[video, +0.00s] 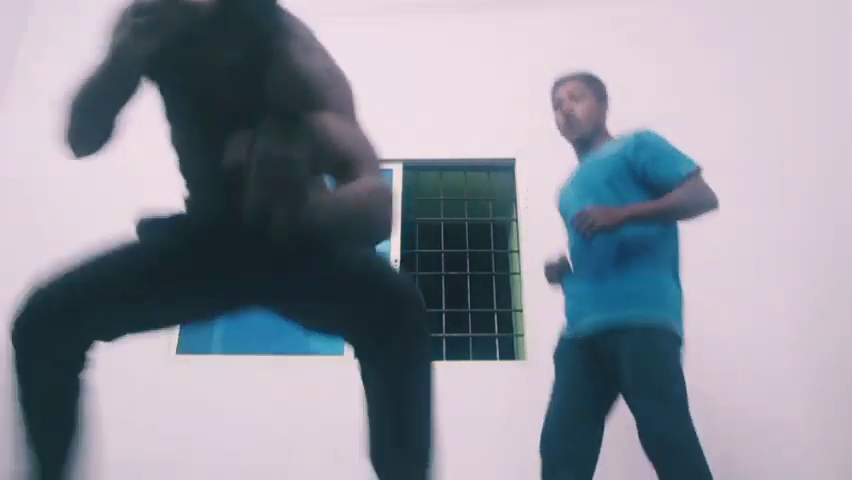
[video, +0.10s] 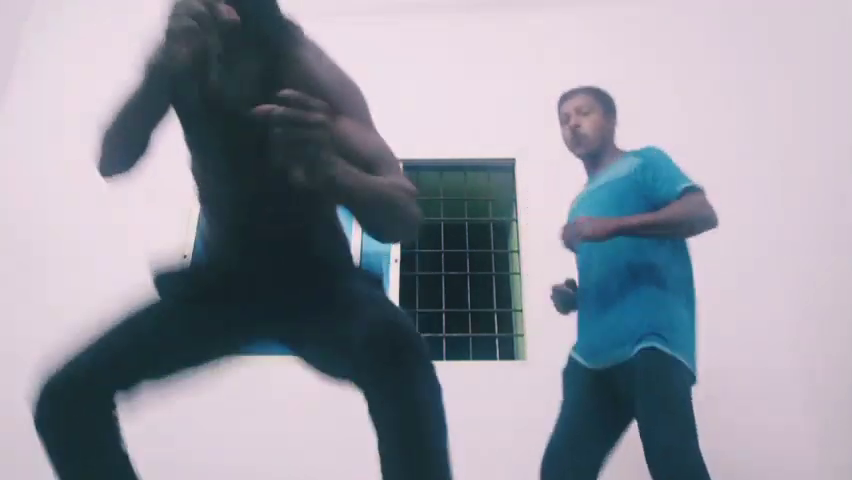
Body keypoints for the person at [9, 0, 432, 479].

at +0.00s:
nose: (188, 14)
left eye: (198, 12)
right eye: (176, 12)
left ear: (234, 11)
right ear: (169, 11)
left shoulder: (293, 51)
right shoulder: (154, 28)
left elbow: (376, 201)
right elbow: (81, 139)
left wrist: (302, 205)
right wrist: (128, 58)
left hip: (305, 252)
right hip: (205, 247)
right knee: (46, 324)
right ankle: (50, 472)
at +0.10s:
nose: (208, 18)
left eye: (219, 14)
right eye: (191, 17)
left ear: (247, 17)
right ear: (184, 20)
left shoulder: (311, 73)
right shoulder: (181, 60)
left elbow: (404, 219)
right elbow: (112, 162)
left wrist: (327, 164)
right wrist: (164, 74)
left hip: (321, 292)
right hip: (222, 290)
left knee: (401, 357)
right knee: (67, 401)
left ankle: (420, 478)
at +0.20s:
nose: (251, 10)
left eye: (273, 2)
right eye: (240, 0)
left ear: (303, 20)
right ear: (221, 12)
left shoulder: (328, 126)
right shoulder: (205, 101)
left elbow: (413, 256)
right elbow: (157, 229)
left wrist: (342, 187)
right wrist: (188, 130)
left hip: (344, 315)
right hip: (260, 317)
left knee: (365, 348)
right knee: (96, 397)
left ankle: (407, 475)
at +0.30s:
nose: (259, 9)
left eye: (281, 3)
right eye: (249, 1)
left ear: (309, 21)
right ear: (233, 14)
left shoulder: (326, 118)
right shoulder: (222, 112)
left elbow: (405, 244)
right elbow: (192, 233)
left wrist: (323, 198)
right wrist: (196, 141)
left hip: (355, 299)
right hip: (277, 303)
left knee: (370, 344)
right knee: (118, 384)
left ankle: (408, 475)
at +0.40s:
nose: (270, 8)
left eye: (288, 1)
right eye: (263, 1)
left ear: (317, 9)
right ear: (252, 10)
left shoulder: (335, 96)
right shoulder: (238, 93)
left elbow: (393, 215)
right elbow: (198, 197)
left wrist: (305, 152)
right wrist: (206, 112)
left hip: (363, 285)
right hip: (289, 285)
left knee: (395, 347)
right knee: (141, 376)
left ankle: (419, 475)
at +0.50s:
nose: (296, 3)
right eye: (285, 1)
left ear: (331, 5)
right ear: (272, 6)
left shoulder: (355, 69)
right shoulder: (255, 65)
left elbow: (401, 193)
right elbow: (215, 171)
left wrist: (307, 112)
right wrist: (228, 96)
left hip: (368, 269)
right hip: (283, 273)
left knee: (432, 342)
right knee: (146, 388)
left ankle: (461, 477)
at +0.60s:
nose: (304, 11)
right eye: (294, 0)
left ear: (345, 7)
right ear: (282, 9)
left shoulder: (374, 82)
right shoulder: (267, 79)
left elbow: (415, 200)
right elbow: (216, 181)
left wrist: (340, 126)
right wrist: (246, 106)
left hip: (365, 295)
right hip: (277, 298)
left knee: (433, 365)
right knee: (140, 426)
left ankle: (480, 478)